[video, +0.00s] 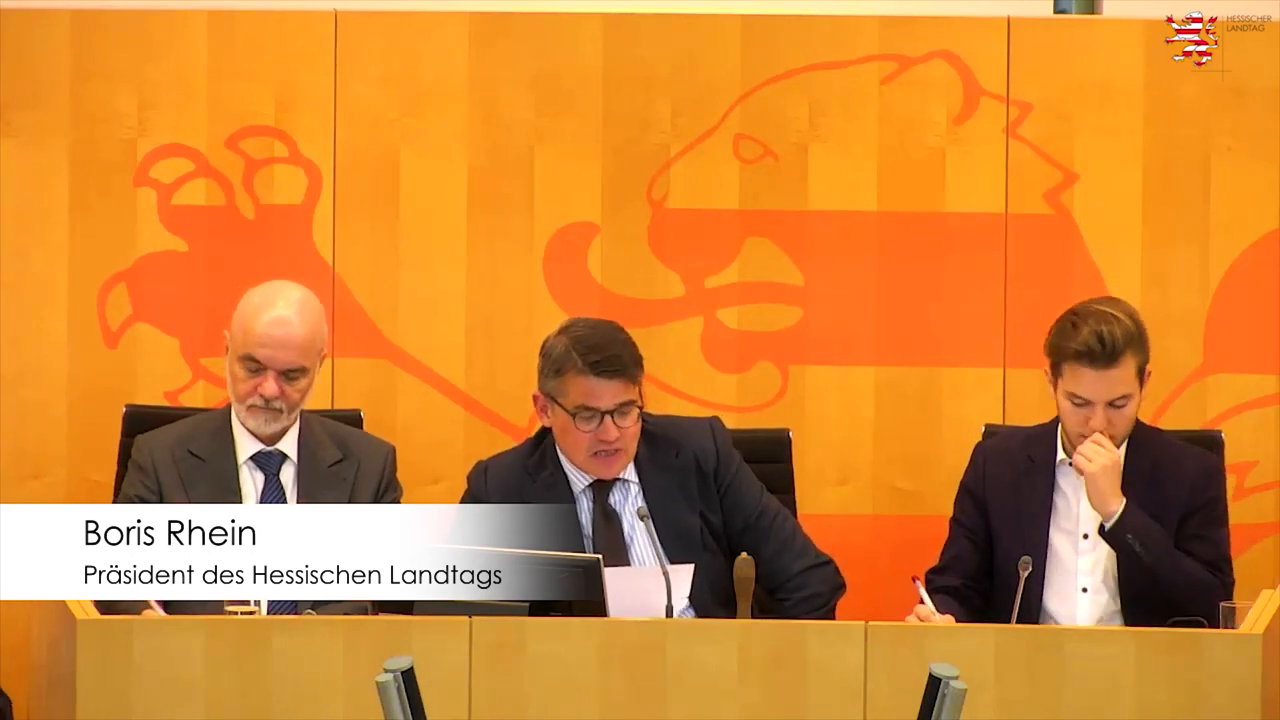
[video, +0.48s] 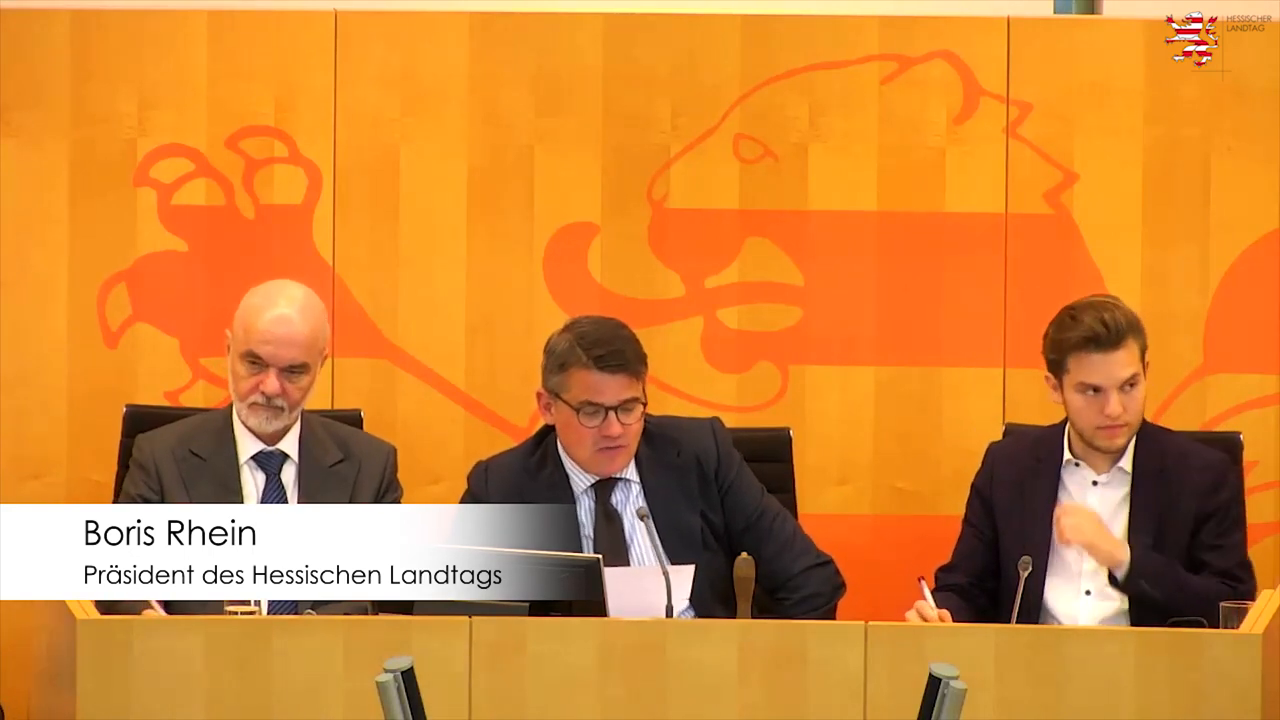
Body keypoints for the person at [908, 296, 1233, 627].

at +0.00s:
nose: (1098, 424)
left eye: (1119, 403)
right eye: (1079, 402)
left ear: (1143, 383)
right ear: (1052, 381)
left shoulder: (1191, 473)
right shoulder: (997, 460)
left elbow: (1211, 609)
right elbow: (955, 585)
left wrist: (1116, 509)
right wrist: (940, 618)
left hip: (1147, 677)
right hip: (1021, 672)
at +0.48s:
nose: (1113, 410)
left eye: (1129, 386)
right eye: (1091, 391)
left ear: (1146, 377)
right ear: (1056, 387)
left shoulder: (1205, 474)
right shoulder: (1008, 463)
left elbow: (1233, 606)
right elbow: (967, 586)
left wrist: (1122, 559)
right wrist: (940, 617)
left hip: (1154, 677)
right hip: (1027, 673)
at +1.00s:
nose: (1102, 389)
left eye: (1121, 370)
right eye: (1083, 370)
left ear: (1147, 374)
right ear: (1057, 376)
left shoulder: (1201, 469)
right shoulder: (1005, 460)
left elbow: (1243, 605)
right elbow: (957, 582)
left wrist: (1172, 634)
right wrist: (946, 616)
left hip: (1156, 672)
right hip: (1031, 666)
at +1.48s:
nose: (1074, 387)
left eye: (1097, 371)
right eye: (1061, 368)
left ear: (1136, 379)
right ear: (1047, 370)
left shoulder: (1192, 468)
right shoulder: (996, 460)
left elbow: (1235, 601)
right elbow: (949, 585)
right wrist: (945, 623)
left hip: (1155, 674)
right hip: (1025, 670)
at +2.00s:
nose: (1088, 386)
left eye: (1109, 369)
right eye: (1073, 368)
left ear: (1143, 375)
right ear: (1054, 372)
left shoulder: (1196, 467)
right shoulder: (1001, 456)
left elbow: (1236, 600)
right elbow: (955, 586)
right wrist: (953, 627)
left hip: (1157, 674)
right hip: (1026, 671)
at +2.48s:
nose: (1097, 386)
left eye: (1116, 369)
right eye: (1079, 369)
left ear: (1143, 373)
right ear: (1053, 375)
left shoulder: (1197, 465)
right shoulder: (1001, 457)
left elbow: (1241, 605)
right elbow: (957, 588)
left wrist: (1192, 630)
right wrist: (959, 650)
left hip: (1154, 671)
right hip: (1027, 668)